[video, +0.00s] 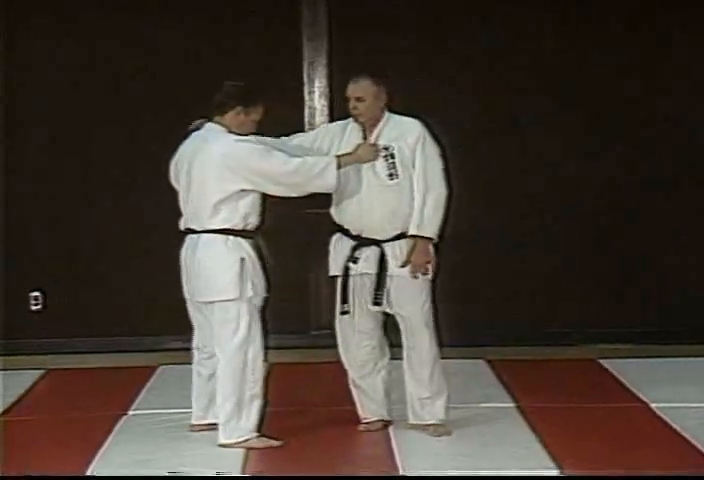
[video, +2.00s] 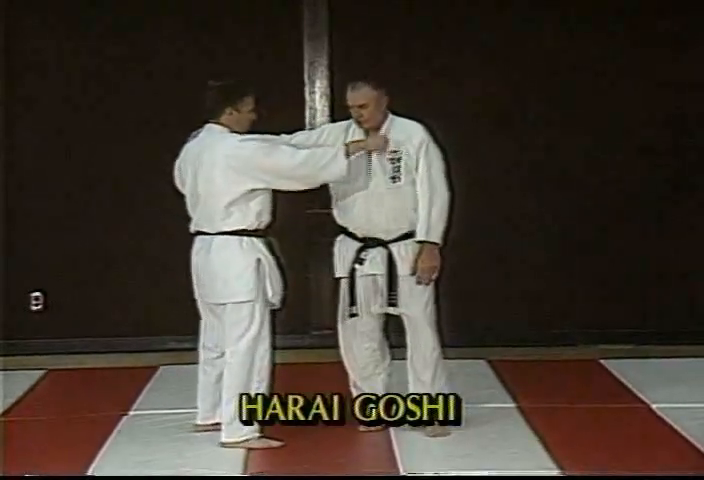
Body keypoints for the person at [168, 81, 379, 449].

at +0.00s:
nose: (256, 126)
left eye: (257, 119)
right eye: (254, 118)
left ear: (224, 113)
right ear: (237, 113)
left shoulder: (190, 146)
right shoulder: (235, 149)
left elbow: (175, 176)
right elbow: (288, 169)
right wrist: (350, 158)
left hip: (194, 249)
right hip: (228, 253)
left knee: (206, 340)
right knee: (239, 344)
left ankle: (203, 413)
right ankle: (237, 430)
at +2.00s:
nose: (254, 116)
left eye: (253, 110)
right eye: (250, 110)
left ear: (221, 112)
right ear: (230, 111)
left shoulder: (194, 146)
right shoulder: (240, 149)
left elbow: (181, 180)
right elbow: (295, 162)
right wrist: (353, 149)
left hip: (204, 250)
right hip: (238, 252)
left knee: (213, 340)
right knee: (246, 343)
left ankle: (209, 413)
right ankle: (239, 430)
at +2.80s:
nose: (277, 124)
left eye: (278, 117)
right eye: (275, 116)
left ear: (240, 113)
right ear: (259, 113)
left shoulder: (207, 144)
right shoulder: (255, 151)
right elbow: (311, 169)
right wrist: (365, 155)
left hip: (202, 248)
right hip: (236, 252)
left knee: (213, 341)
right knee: (247, 342)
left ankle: (212, 412)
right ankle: (242, 429)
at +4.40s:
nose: (319, 132)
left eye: (322, 126)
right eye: (317, 124)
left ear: (291, 114)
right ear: (302, 115)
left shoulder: (251, 139)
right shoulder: (288, 150)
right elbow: (339, 181)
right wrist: (395, 167)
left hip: (228, 245)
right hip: (257, 252)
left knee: (241, 338)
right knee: (271, 341)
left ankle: (238, 411)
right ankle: (269, 425)